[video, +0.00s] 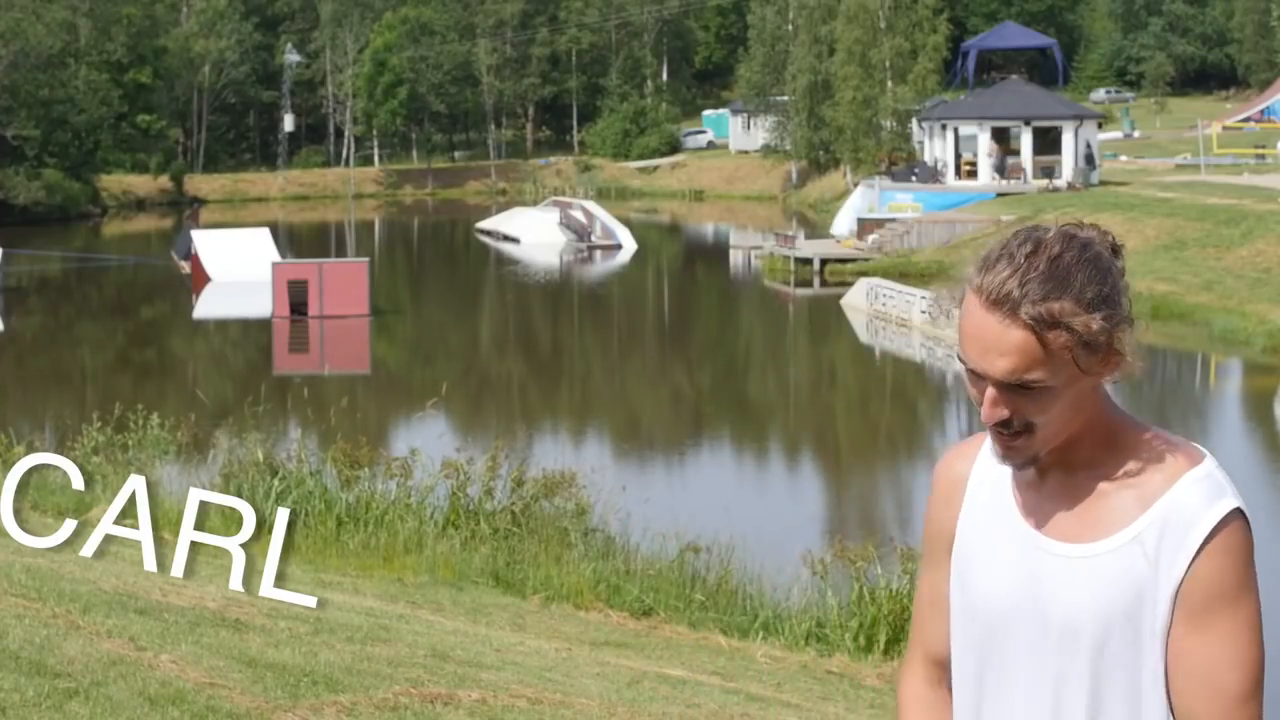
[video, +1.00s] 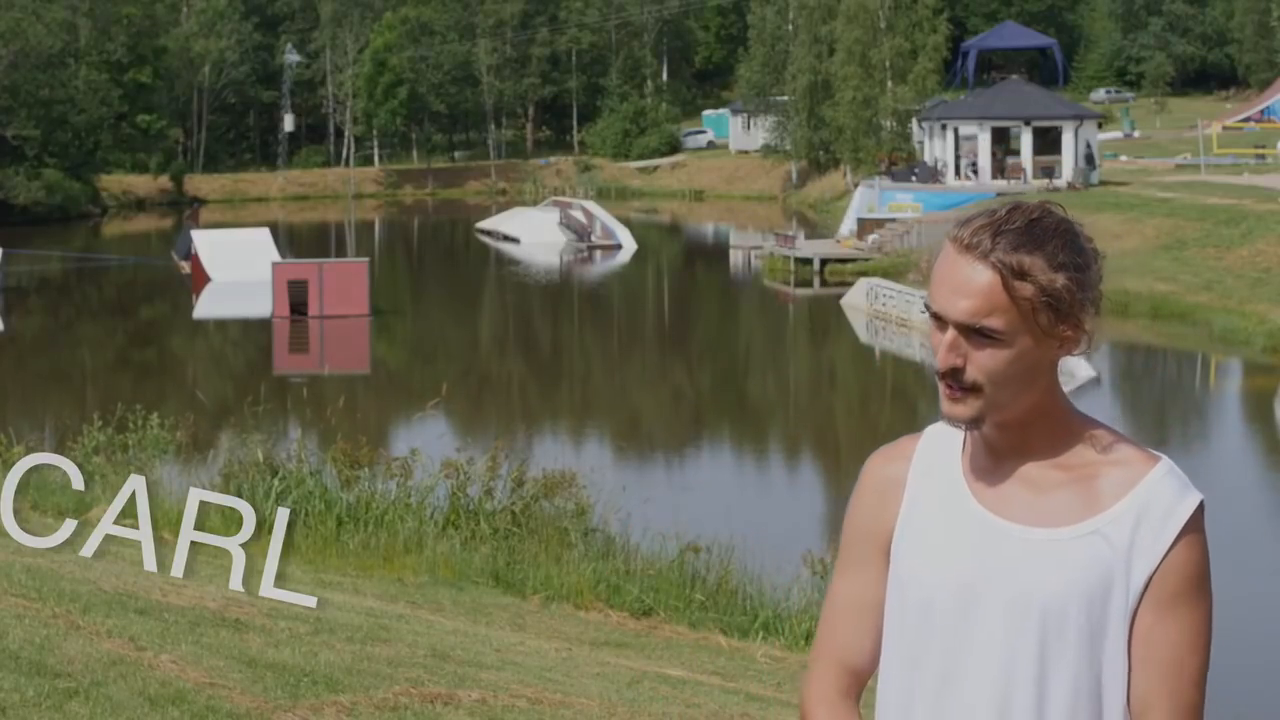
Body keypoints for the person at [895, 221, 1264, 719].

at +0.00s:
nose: (990, 413)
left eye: (1023, 387)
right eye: (974, 376)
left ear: (1104, 361)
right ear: (964, 349)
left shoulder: (1197, 519)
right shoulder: (963, 476)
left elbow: (1223, 709)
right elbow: (930, 673)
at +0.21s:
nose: (1016, 401)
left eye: (1054, 377)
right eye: (1003, 362)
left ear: (1135, 357)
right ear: (993, 337)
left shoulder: (1222, 525)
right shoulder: (978, 472)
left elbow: (1227, 710)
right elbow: (940, 670)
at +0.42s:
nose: (1010, 385)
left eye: (1047, 363)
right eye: (998, 348)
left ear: (1128, 352)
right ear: (990, 326)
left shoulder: (1215, 523)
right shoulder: (973, 473)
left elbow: (1244, 708)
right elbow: (929, 674)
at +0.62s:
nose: (992, 376)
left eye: (1031, 354)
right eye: (983, 340)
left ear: (1111, 349)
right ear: (973, 322)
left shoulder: (1197, 520)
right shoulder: (946, 477)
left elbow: (1217, 710)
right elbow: (897, 674)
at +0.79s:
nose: (971, 363)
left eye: (1008, 342)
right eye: (963, 328)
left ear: (1091, 341)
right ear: (954, 314)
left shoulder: (1178, 511)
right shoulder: (923, 477)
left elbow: (1197, 711)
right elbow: (864, 677)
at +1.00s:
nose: (946, 358)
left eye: (983, 335)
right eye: (939, 323)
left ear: (1065, 337)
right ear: (929, 309)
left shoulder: (1155, 509)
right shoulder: (893, 478)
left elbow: (1164, 711)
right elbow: (831, 688)